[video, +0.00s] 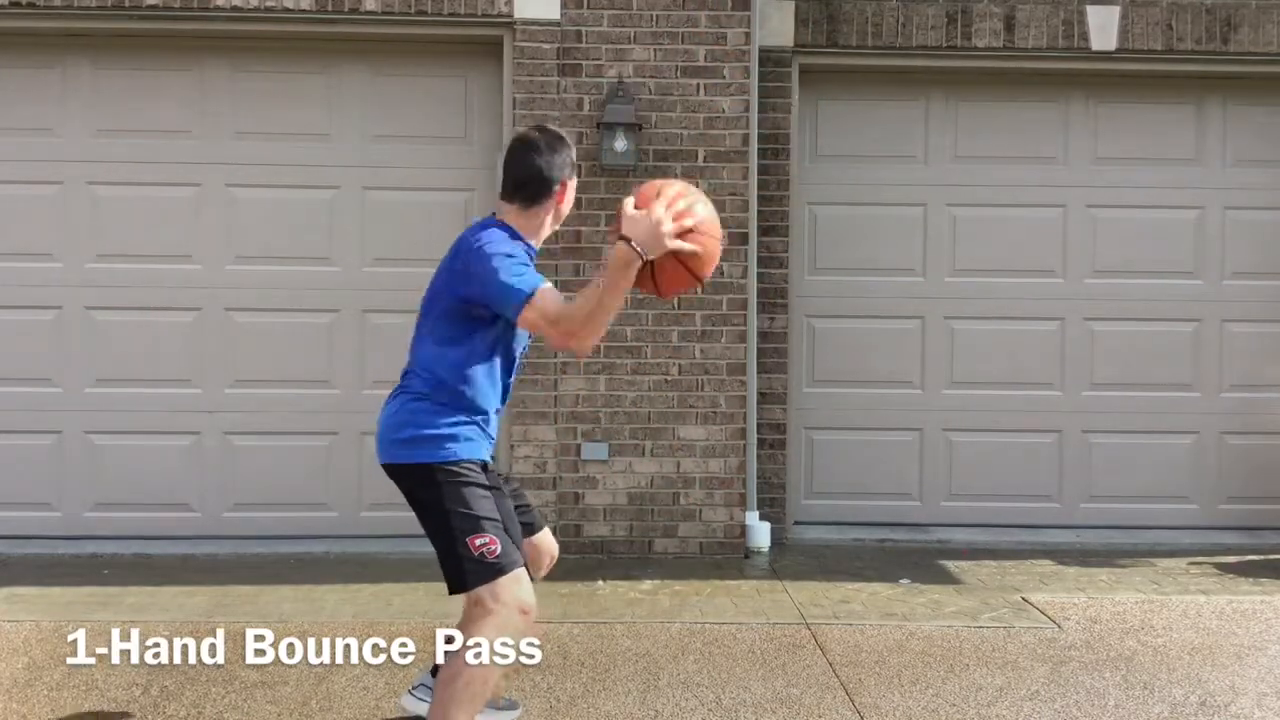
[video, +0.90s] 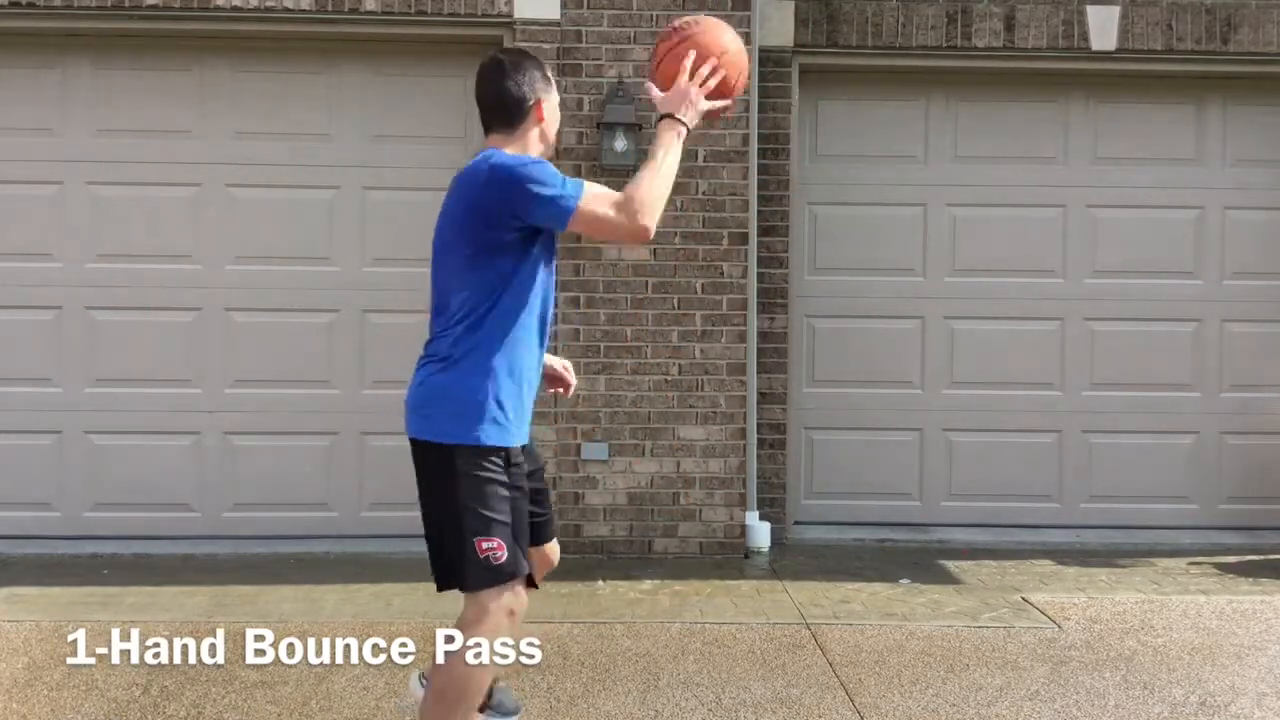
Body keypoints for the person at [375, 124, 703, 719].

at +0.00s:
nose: (573, 199)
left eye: (572, 189)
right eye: (573, 188)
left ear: (506, 181)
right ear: (563, 194)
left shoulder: (508, 251)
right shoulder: (488, 251)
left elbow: (569, 330)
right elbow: (576, 334)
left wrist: (626, 256)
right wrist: (629, 250)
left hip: (460, 442)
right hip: (432, 444)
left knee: (539, 552)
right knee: (509, 610)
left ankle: (445, 681)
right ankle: (451, 711)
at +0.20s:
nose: (578, 230)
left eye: (578, 219)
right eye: (579, 221)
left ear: (514, 213)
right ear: (571, 230)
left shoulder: (469, 255)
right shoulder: (539, 322)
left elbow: (439, 339)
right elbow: (564, 413)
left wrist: (512, 379)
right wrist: (601, 445)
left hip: (398, 444)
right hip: (434, 458)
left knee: (529, 543)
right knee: (516, 616)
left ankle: (442, 684)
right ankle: (454, 712)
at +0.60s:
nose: (563, 183)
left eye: (560, 175)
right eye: (563, 175)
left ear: (496, 175)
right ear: (556, 182)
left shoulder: (459, 234)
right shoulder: (537, 258)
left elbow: (406, 329)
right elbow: (586, 377)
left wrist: (496, 366)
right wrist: (635, 360)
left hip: (414, 435)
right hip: (459, 443)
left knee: (526, 541)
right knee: (530, 613)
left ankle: (444, 684)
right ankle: (458, 713)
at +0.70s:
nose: (559, 157)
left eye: (555, 147)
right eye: (559, 147)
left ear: (491, 152)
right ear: (550, 155)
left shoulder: (462, 216)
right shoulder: (528, 231)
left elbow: (420, 317)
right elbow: (618, 319)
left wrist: (510, 367)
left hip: (429, 422)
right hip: (461, 430)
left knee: (495, 577)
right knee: (523, 610)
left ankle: (443, 688)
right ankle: (456, 711)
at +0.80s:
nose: (558, 133)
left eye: (555, 123)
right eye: (555, 123)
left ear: (487, 130)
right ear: (543, 130)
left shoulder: (468, 196)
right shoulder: (519, 198)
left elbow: (440, 313)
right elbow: (638, 250)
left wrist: (523, 360)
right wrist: (659, 166)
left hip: (463, 417)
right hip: (466, 424)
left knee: (520, 587)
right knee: (496, 603)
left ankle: (445, 687)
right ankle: (453, 713)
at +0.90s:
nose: (558, 116)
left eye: (555, 103)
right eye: (556, 103)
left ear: (490, 110)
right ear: (542, 108)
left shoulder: (490, 179)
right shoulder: (509, 174)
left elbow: (468, 312)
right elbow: (636, 220)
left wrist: (532, 360)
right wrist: (676, 121)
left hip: (496, 418)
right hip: (467, 422)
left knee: (537, 558)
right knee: (496, 601)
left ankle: (455, 681)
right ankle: (443, 709)